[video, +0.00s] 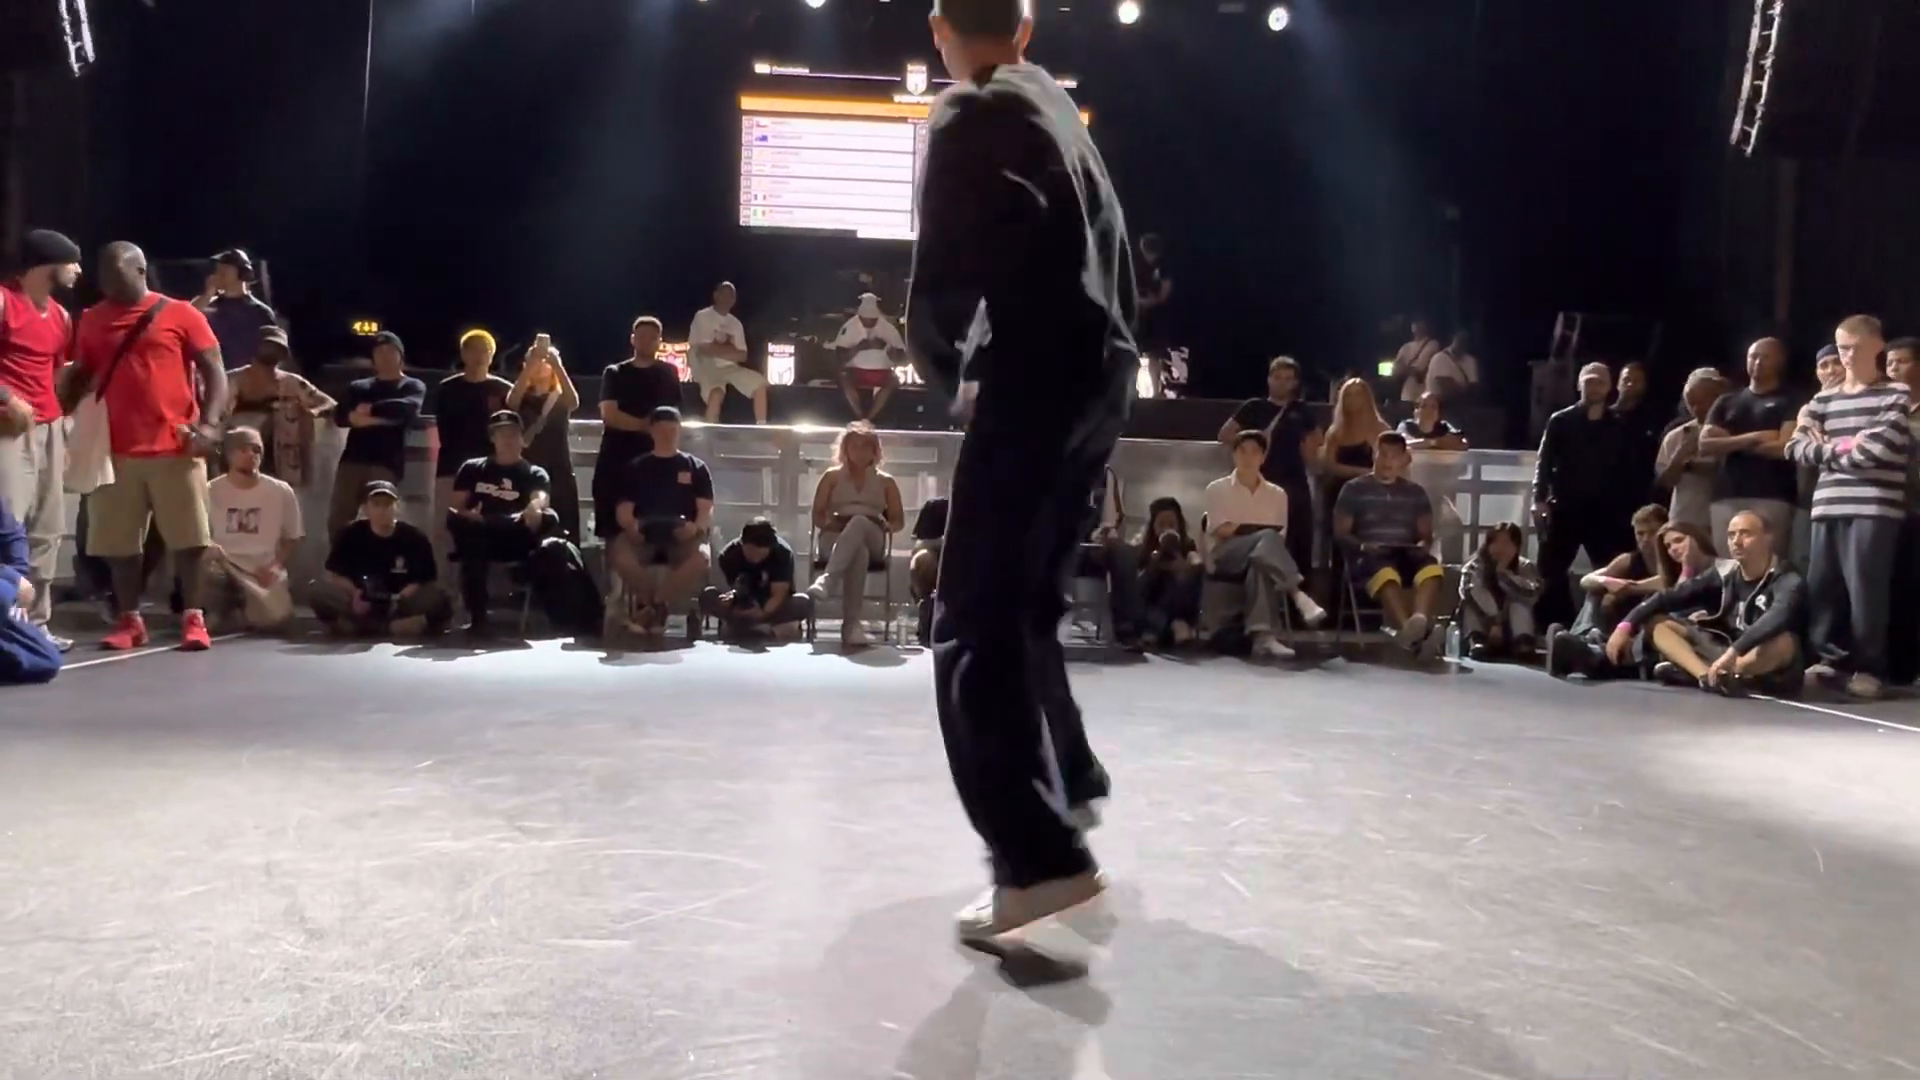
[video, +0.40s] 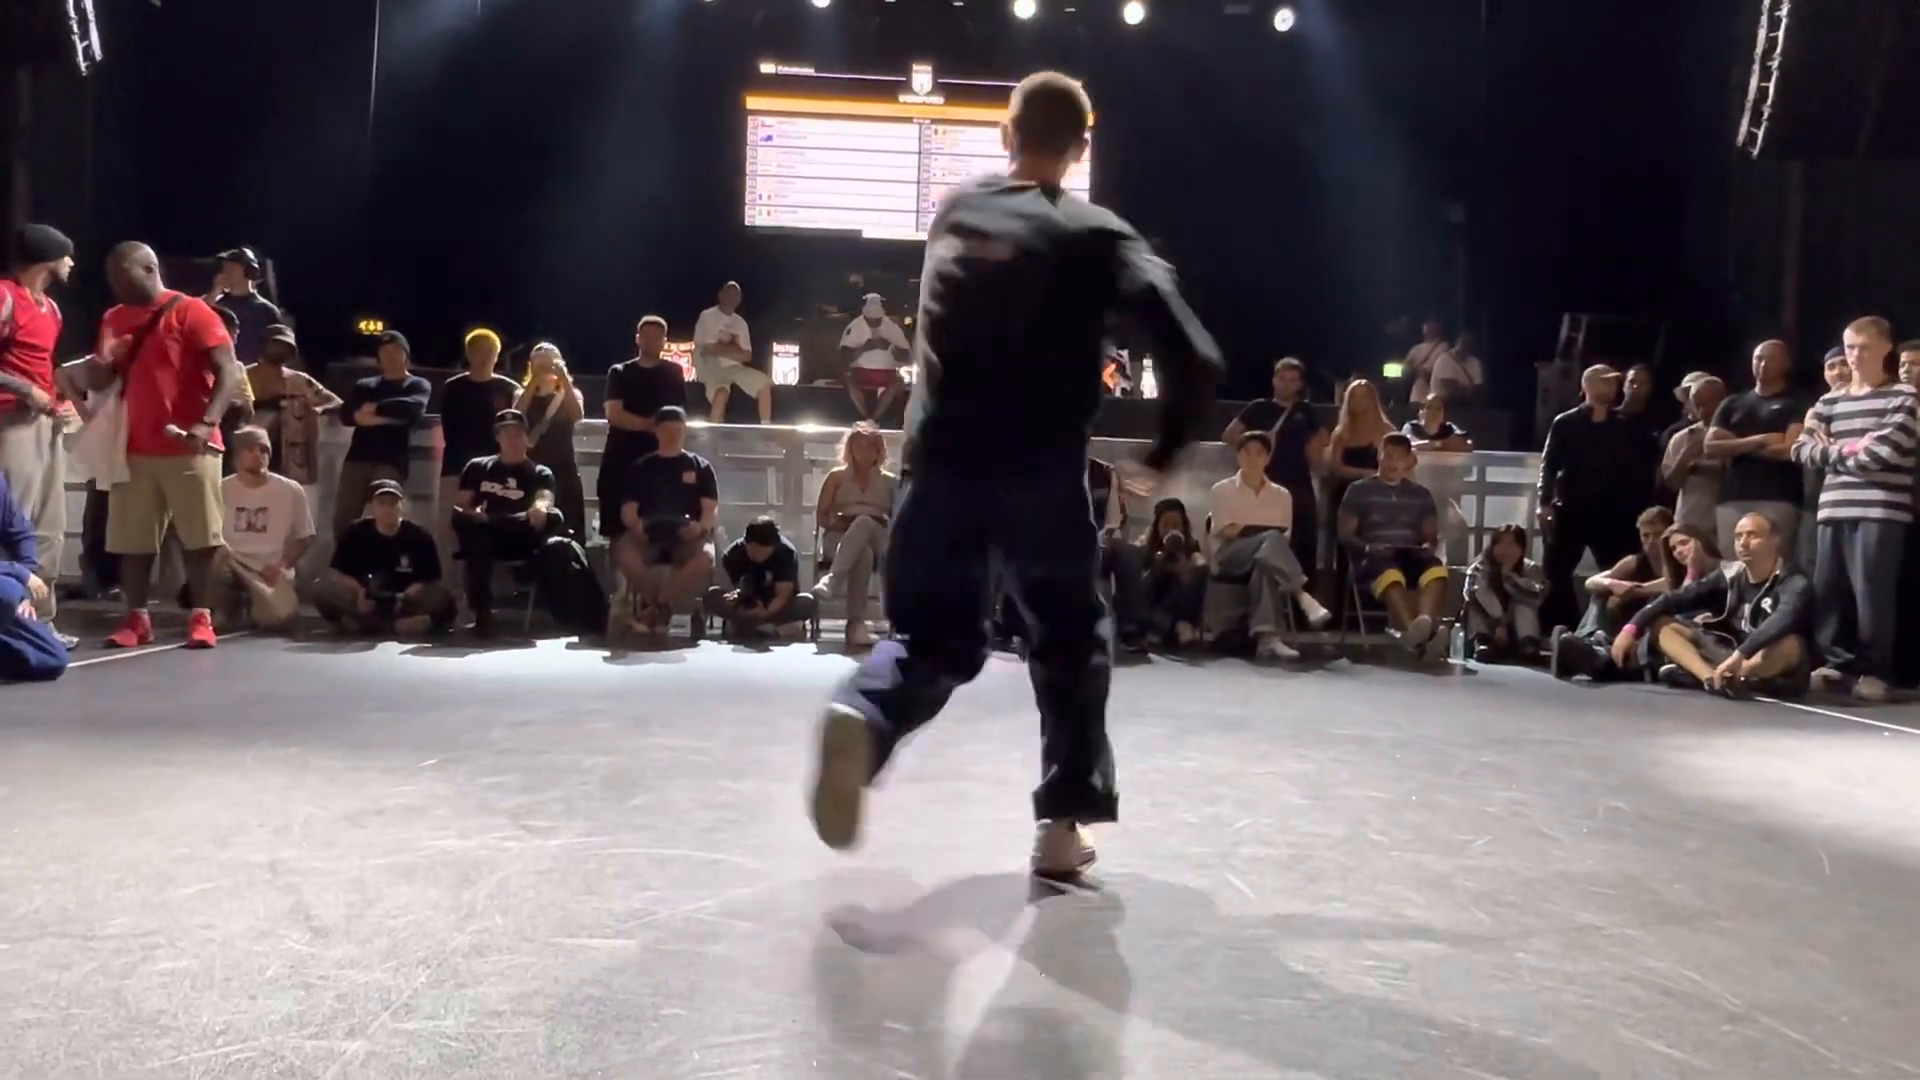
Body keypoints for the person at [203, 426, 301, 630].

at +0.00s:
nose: (251, 456)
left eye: (256, 450)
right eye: (244, 450)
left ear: (262, 455)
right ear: (229, 454)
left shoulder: (281, 491)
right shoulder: (211, 491)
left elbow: (291, 537)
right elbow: (201, 533)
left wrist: (275, 567)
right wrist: (211, 549)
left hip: (264, 569)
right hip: (225, 565)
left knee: (276, 617)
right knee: (209, 557)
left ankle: (237, 613)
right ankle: (211, 617)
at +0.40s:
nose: (258, 456)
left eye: (264, 450)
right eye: (251, 450)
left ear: (269, 455)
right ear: (237, 455)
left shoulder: (291, 490)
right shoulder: (222, 489)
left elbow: (304, 536)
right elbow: (210, 531)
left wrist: (281, 566)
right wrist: (222, 551)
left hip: (271, 570)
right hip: (233, 565)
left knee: (279, 617)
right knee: (220, 555)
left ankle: (252, 609)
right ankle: (216, 615)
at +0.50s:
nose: (259, 454)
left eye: (265, 449)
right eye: (252, 449)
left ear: (270, 454)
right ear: (238, 454)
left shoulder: (292, 488)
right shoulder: (224, 487)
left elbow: (306, 535)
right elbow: (212, 527)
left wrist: (281, 565)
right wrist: (222, 550)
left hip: (272, 568)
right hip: (234, 563)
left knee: (280, 616)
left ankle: (253, 605)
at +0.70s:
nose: (262, 452)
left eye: (268, 446)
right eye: (255, 445)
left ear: (273, 451)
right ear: (240, 449)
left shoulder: (294, 486)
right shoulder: (226, 483)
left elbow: (308, 530)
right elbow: (215, 524)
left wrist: (283, 562)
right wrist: (224, 548)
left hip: (273, 565)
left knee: (284, 612)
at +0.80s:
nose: (264, 451)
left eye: (270, 445)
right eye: (255, 445)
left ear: (275, 449)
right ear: (242, 448)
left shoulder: (297, 485)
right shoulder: (228, 482)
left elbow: (311, 530)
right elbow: (217, 523)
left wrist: (286, 561)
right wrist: (225, 545)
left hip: (275, 565)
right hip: (238, 560)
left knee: (288, 610)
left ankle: (249, 606)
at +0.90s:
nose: (266, 447)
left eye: (271, 441)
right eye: (258, 440)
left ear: (276, 446)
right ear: (244, 445)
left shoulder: (297, 483)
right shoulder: (228, 480)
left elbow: (311, 528)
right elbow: (216, 519)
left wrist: (287, 558)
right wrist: (226, 546)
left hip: (276, 563)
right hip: (238, 559)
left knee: (289, 608)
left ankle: (250, 604)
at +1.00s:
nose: (267, 445)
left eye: (272, 439)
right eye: (260, 439)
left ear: (277, 444)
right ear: (245, 443)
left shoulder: (298, 481)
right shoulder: (228, 478)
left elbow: (311, 526)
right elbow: (217, 518)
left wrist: (288, 557)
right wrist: (226, 542)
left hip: (277, 562)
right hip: (238, 557)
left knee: (290, 607)